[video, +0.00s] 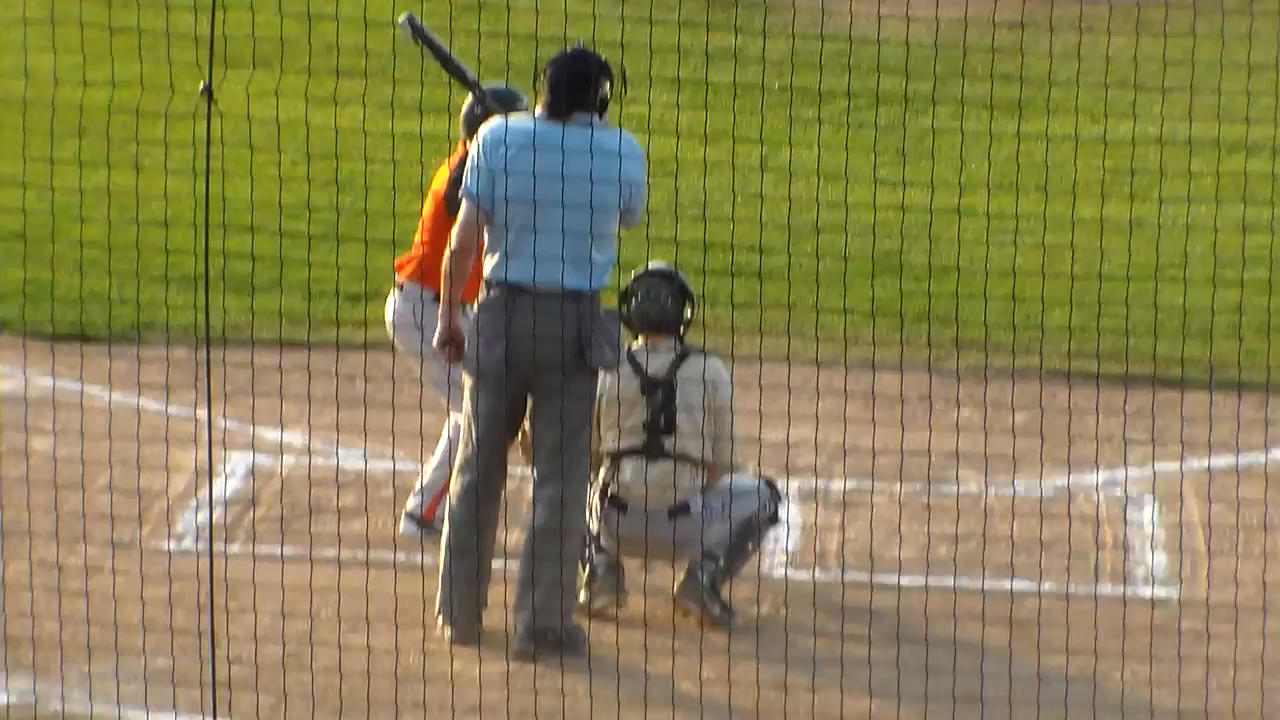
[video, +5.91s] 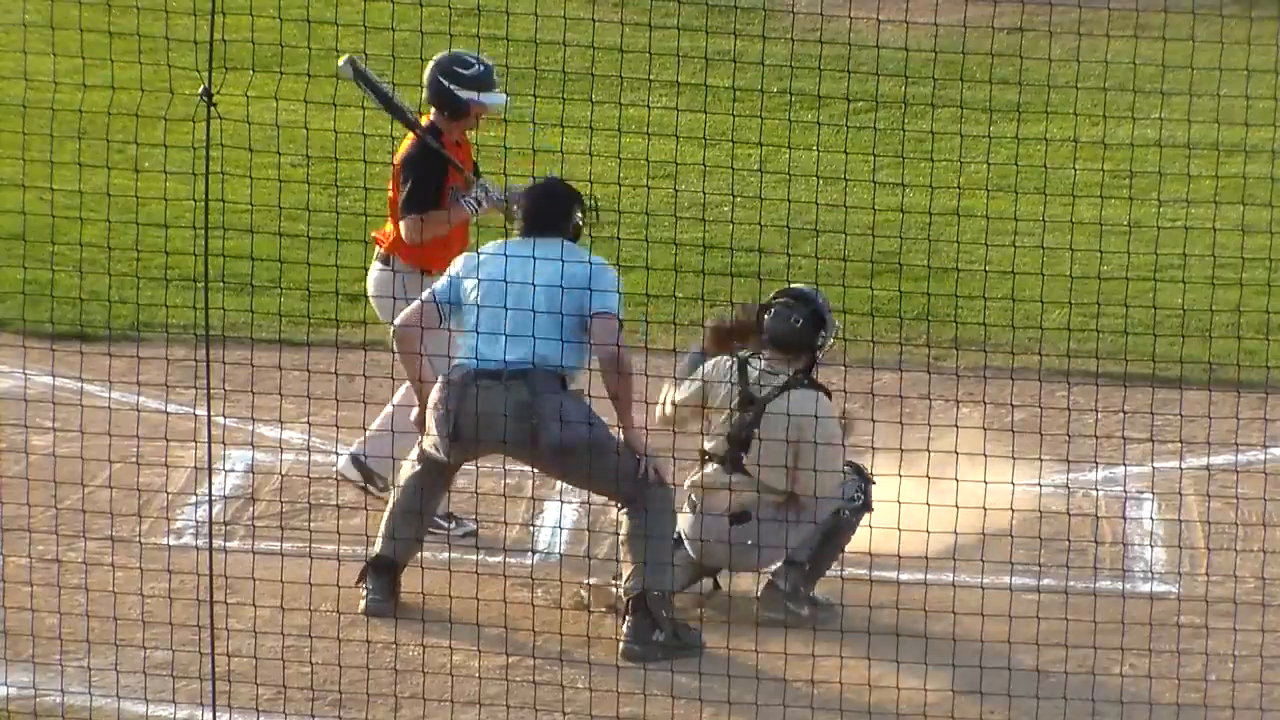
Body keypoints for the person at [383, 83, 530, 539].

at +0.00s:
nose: (520, 138)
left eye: (520, 130)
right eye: (515, 129)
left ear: (473, 126)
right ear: (495, 129)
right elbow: (459, 247)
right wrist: (455, 314)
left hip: (441, 301)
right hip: (423, 301)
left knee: (478, 402)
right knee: (480, 402)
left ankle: (430, 506)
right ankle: (426, 508)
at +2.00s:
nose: (523, 128)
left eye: (523, 120)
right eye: (519, 119)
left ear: (475, 115)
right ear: (501, 118)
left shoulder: (467, 152)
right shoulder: (476, 156)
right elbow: (470, 237)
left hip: (420, 292)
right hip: (431, 295)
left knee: (472, 392)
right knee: (480, 392)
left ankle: (430, 493)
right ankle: (427, 495)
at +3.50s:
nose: (529, 122)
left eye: (529, 116)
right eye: (525, 115)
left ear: (484, 116)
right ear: (513, 120)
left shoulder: (506, 155)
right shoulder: (472, 158)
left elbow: (538, 185)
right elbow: (503, 199)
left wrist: (564, 168)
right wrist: (539, 164)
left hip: (463, 284)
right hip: (425, 283)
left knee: (476, 368)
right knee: (445, 382)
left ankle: (466, 460)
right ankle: (434, 492)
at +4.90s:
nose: (529, 162)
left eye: (527, 154)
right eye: (526, 155)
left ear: (482, 155)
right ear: (521, 162)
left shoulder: (505, 198)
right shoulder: (474, 199)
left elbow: (532, 233)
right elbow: (498, 252)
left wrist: (561, 227)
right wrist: (548, 228)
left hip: (447, 320)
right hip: (413, 320)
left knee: (486, 396)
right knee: (468, 408)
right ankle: (436, 509)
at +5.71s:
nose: (514, 131)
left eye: (514, 123)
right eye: (507, 124)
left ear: (481, 127)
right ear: (487, 127)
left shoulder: (489, 161)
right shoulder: (445, 175)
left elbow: (486, 212)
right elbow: (430, 249)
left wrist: (512, 230)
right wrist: (484, 231)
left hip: (454, 286)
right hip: (415, 289)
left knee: (462, 388)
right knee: (445, 397)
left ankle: (410, 465)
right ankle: (434, 504)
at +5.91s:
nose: (486, 108)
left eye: (485, 99)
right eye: (479, 100)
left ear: (452, 103)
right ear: (456, 103)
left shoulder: (455, 139)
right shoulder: (422, 150)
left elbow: (457, 196)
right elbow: (412, 229)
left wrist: (492, 197)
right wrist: (467, 206)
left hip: (429, 275)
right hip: (402, 279)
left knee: (442, 374)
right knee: (449, 381)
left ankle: (372, 455)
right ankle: (428, 503)